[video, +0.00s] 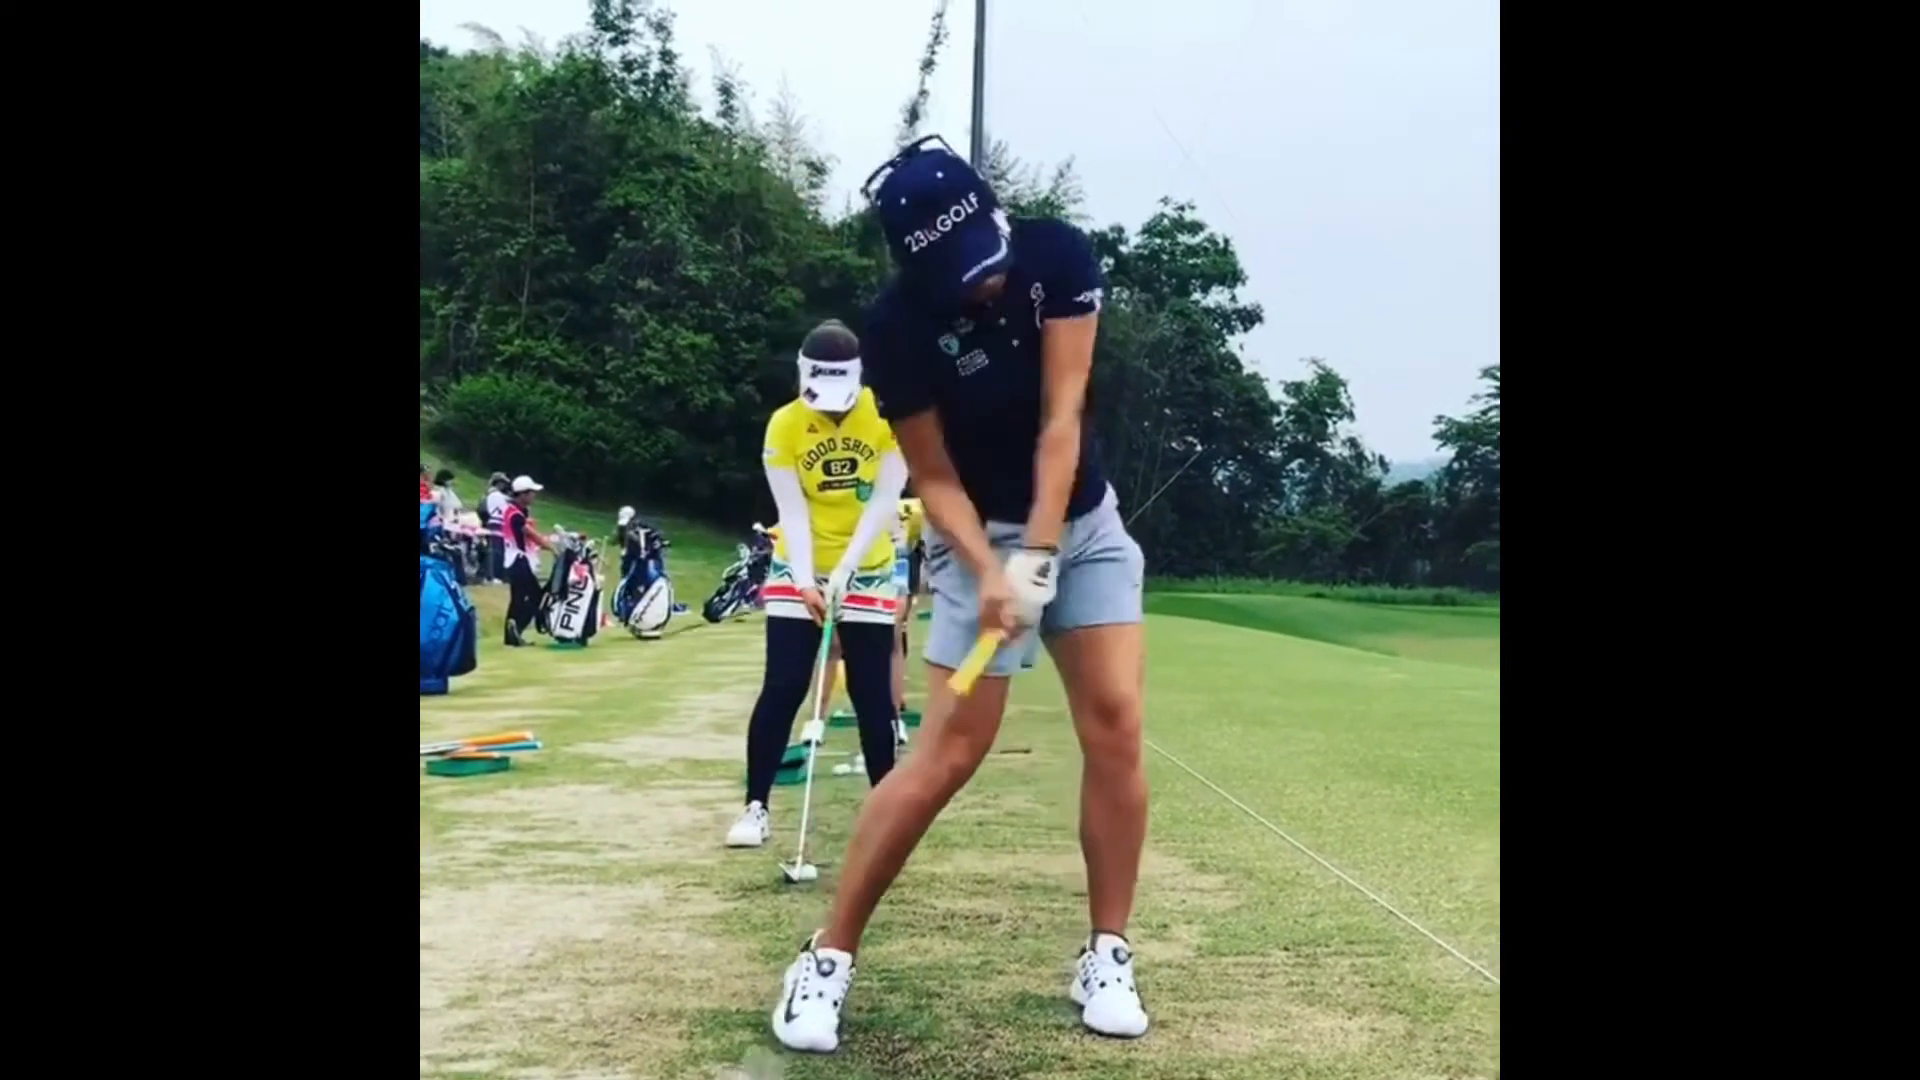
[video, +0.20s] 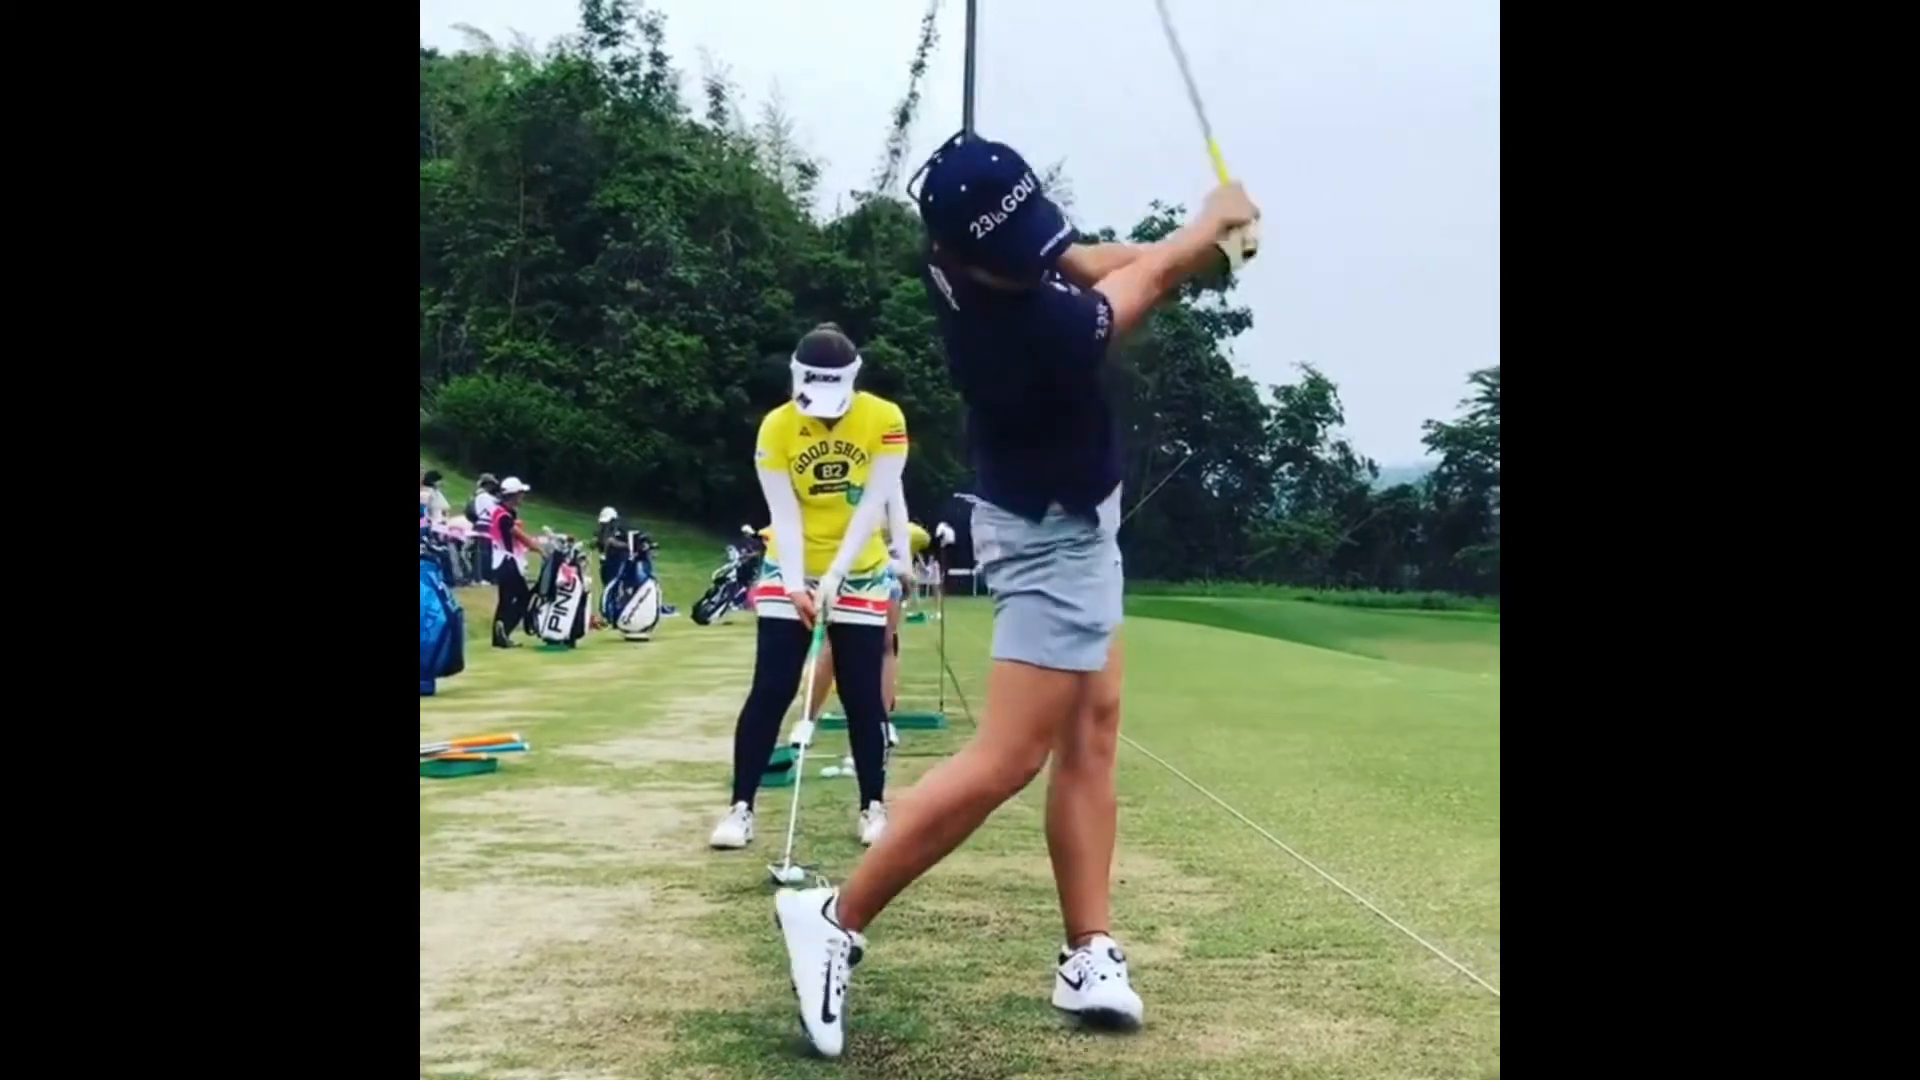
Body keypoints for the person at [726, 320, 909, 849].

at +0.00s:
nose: (830, 405)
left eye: (840, 393)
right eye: (819, 392)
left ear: (859, 376)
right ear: (804, 376)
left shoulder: (887, 416)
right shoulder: (784, 427)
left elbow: (885, 500)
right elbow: (792, 513)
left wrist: (844, 568)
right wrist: (803, 579)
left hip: (869, 569)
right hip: (798, 567)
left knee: (873, 697)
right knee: (783, 687)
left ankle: (889, 811)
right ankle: (755, 807)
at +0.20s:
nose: (823, 407)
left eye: (833, 396)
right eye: (813, 395)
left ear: (852, 380)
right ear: (798, 380)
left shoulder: (885, 419)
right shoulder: (775, 430)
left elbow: (875, 504)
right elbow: (784, 517)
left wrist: (835, 573)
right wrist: (793, 582)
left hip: (861, 572)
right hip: (788, 571)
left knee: (862, 695)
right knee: (770, 690)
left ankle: (872, 806)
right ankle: (740, 808)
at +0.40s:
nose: (801, 411)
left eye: (812, 400)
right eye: (792, 399)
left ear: (830, 384)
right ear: (775, 385)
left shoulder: (859, 420)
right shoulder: (751, 434)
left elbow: (851, 503)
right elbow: (763, 520)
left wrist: (814, 577)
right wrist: (774, 585)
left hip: (839, 575)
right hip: (765, 574)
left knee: (846, 696)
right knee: (752, 694)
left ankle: (863, 808)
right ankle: (728, 812)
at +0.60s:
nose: (798, 417)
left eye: (808, 406)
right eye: (788, 405)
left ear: (827, 389)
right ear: (772, 389)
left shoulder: (859, 426)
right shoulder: (750, 439)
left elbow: (845, 507)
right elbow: (761, 522)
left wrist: (808, 578)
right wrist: (770, 587)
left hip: (834, 578)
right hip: (761, 577)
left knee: (839, 698)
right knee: (747, 696)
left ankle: (857, 811)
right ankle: (721, 814)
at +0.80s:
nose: (800, 421)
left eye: (810, 410)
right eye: (790, 409)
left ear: (831, 394)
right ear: (775, 394)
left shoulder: (862, 431)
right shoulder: (753, 442)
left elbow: (844, 513)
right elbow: (764, 526)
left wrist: (808, 582)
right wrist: (774, 594)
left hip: (835, 579)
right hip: (764, 577)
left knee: (837, 696)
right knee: (746, 696)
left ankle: (852, 814)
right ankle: (715, 815)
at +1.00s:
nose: (788, 424)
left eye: (799, 413)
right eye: (779, 412)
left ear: (819, 396)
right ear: (764, 395)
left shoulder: (849, 433)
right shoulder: (740, 444)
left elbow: (833, 513)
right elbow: (754, 528)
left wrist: (798, 586)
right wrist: (768, 597)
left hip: (823, 585)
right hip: (750, 582)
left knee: (831, 702)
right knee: (736, 701)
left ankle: (849, 816)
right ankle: (710, 820)